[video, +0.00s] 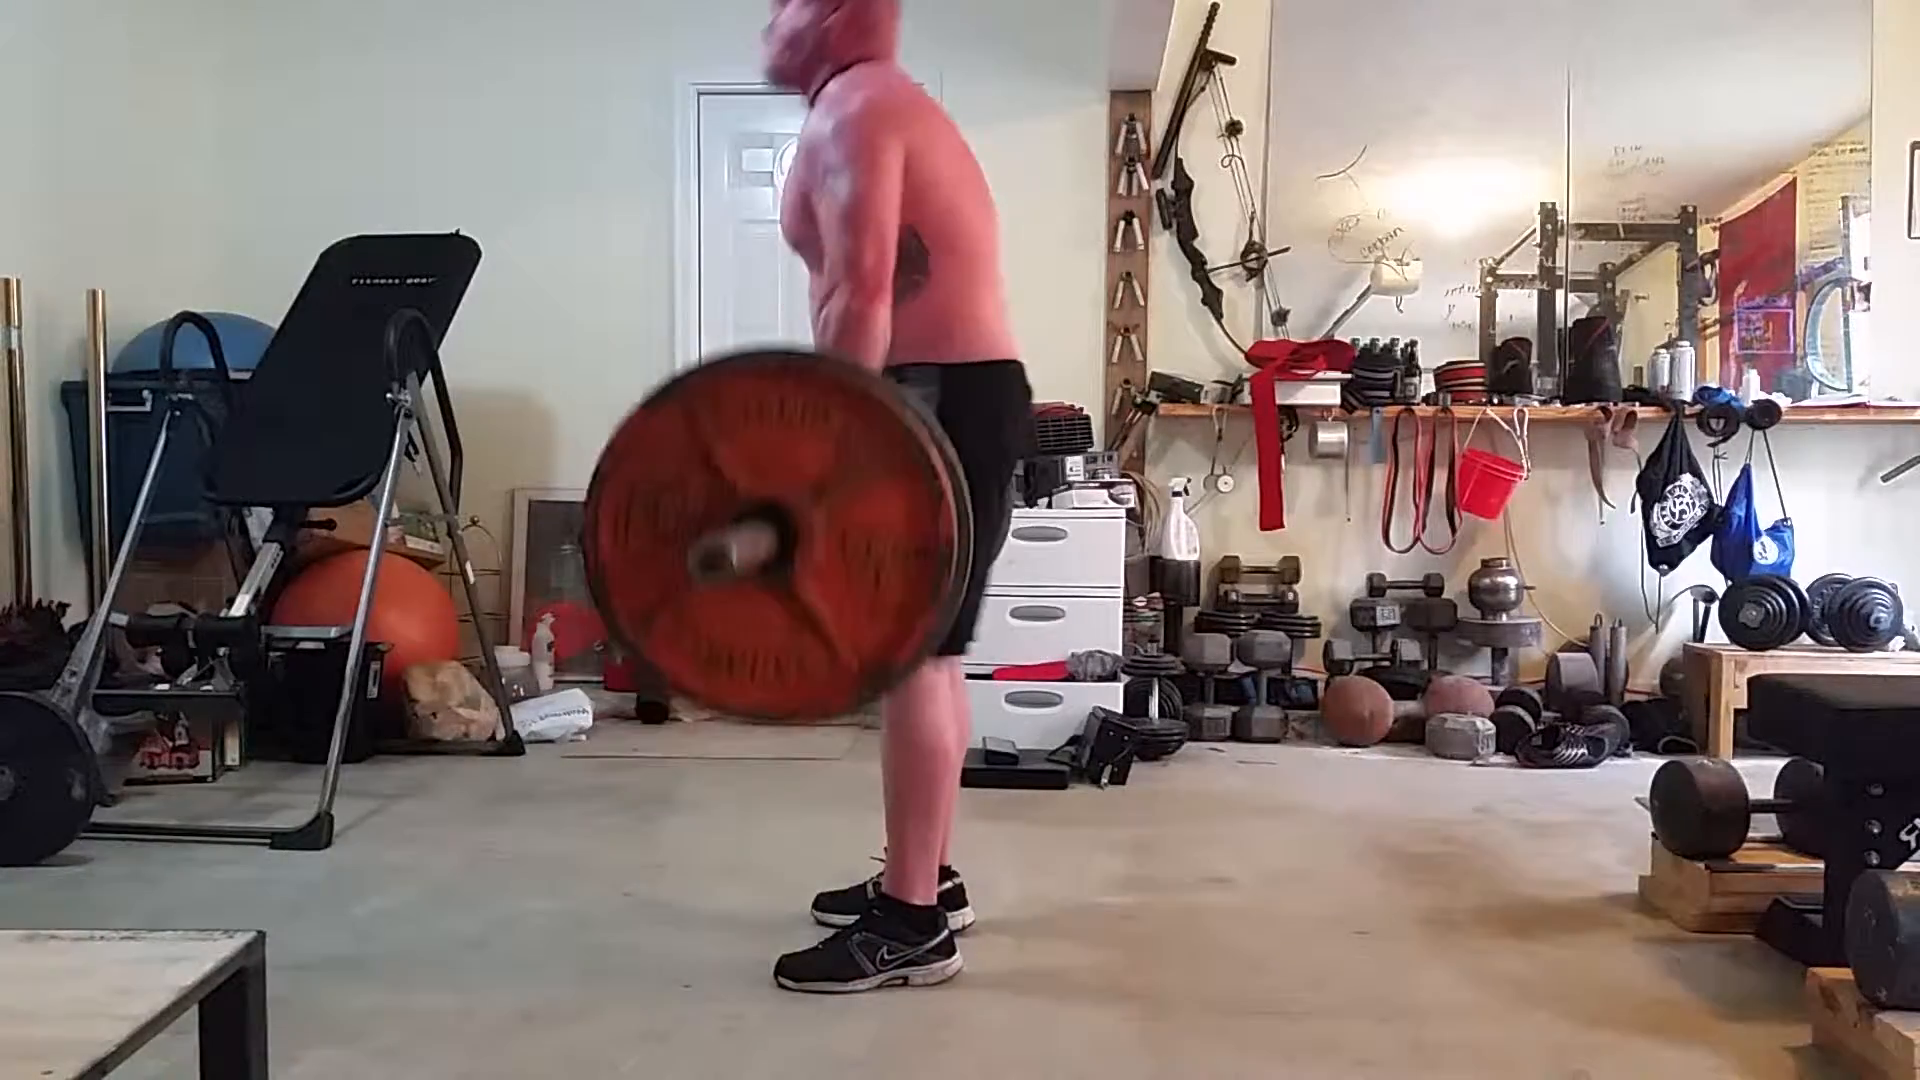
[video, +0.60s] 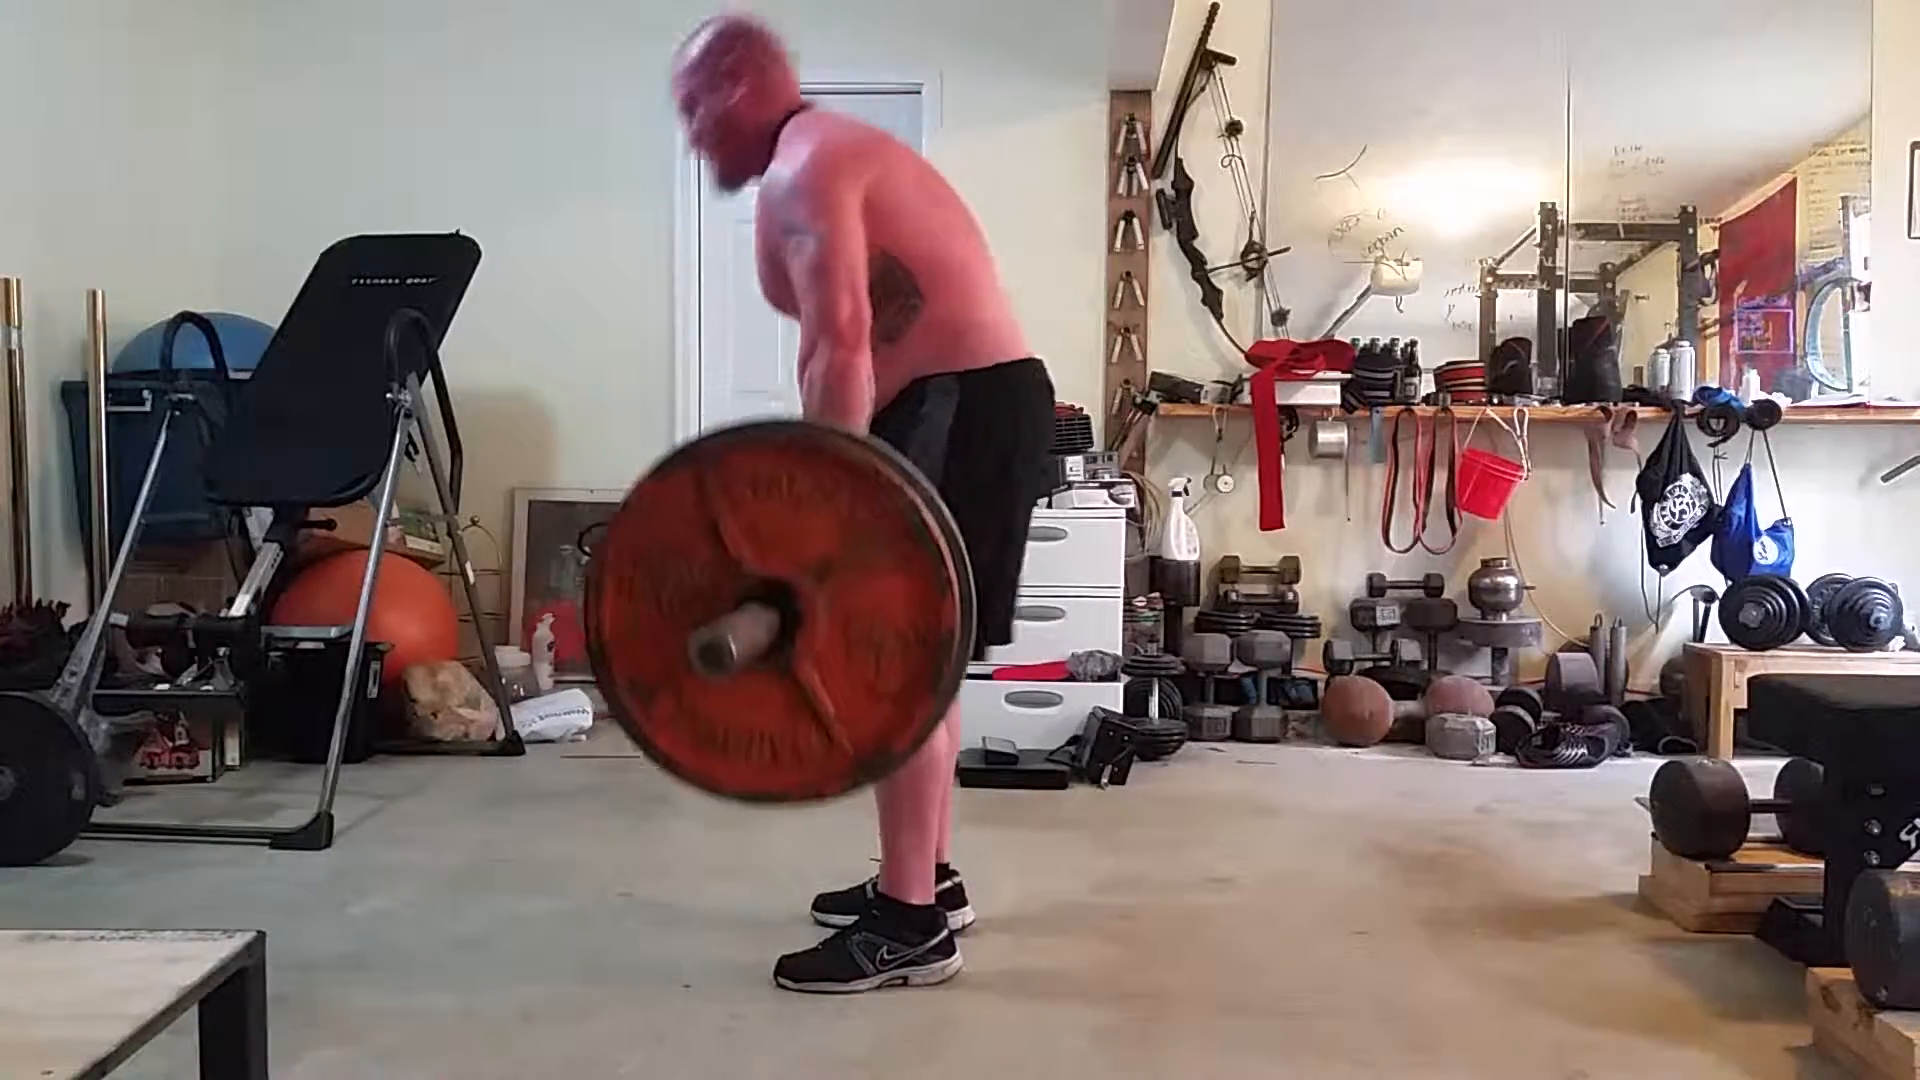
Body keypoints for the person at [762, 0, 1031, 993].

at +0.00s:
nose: (769, 21)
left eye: (787, 4)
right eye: (775, 6)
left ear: (841, 13)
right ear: (853, 21)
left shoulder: (860, 112)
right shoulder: (855, 115)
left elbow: (860, 294)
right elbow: (841, 302)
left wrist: (822, 454)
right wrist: (803, 451)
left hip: (945, 395)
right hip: (946, 395)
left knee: (921, 656)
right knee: (922, 654)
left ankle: (913, 917)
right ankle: (922, 882)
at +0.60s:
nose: (687, 137)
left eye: (691, 110)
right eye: (683, 114)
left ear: (740, 86)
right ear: (752, 85)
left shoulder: (814, 162)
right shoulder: (810, 162)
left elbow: (840, 346)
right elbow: (839, 345)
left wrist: (816, 519)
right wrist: (807, 516)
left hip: (961, 404)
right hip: (945, 403)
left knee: (909, 650)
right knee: (918, 647)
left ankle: (911, 913)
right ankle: (922, 877)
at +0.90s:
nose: (655, 284)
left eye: (649, 259)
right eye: (644, 269)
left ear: (684, 215)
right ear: (695, 211)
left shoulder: (776, 269)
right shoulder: (780, 269)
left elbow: (827, 446)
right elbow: (838, 458)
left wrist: (819, 618)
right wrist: (841, 616)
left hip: (996, 417)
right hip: (967, 426)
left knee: (906, 676)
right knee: (903, 667)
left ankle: (909, 915)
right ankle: (924, 885)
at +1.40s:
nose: (662, 440)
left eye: (643, 416)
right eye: (641, 425)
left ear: (667, 361)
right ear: (675, 355)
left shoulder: (759, 401)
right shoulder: (785, 379)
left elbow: (815, 578)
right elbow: (865, 563)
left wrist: (823, 740)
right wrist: (871, 678)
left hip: (1022, 427)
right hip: (1037, 418)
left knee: (913, 661)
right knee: (910, 657)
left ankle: (920, 889)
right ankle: (914, 881)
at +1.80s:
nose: (652, 411)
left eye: (643, 391)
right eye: (638, 399)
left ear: (673, 343)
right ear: (681, 336)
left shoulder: (759, 390)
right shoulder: (777, 359)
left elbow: (815, 559)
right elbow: (856, 538)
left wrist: (813, 730)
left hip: (1013, 427)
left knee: (901, 661)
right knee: (922, 660)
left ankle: (920, 912)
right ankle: (932, 896)